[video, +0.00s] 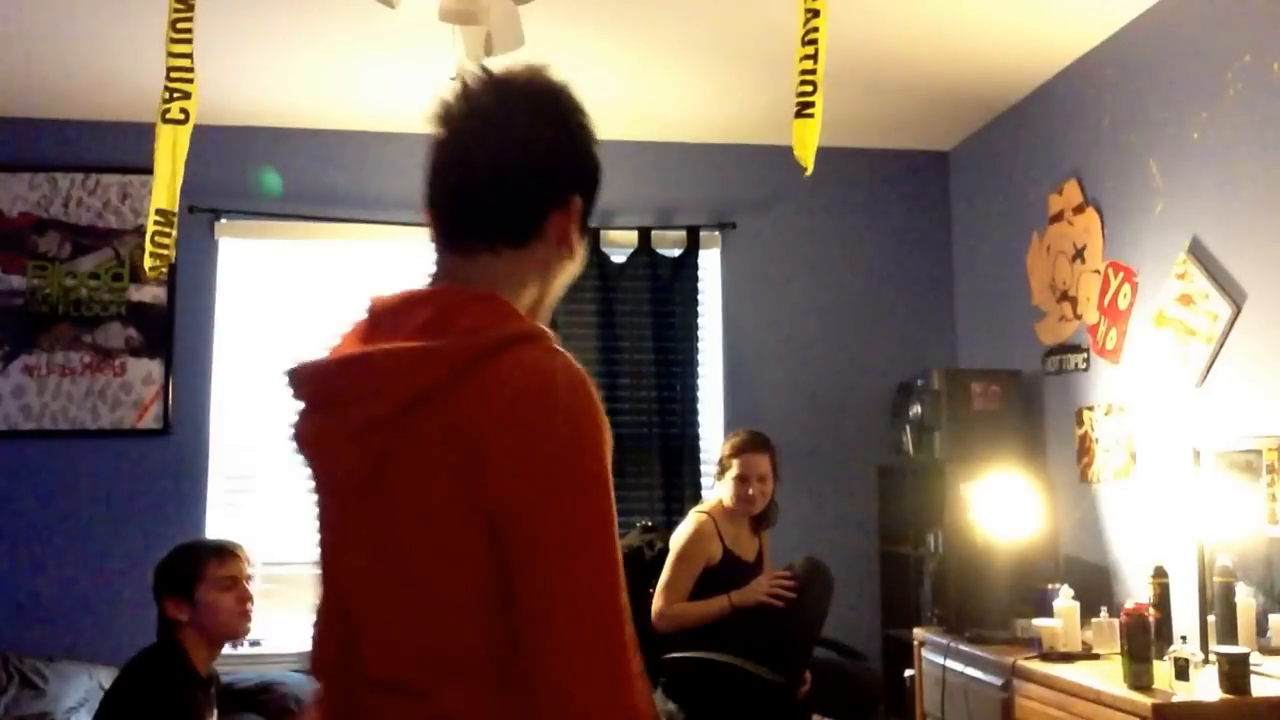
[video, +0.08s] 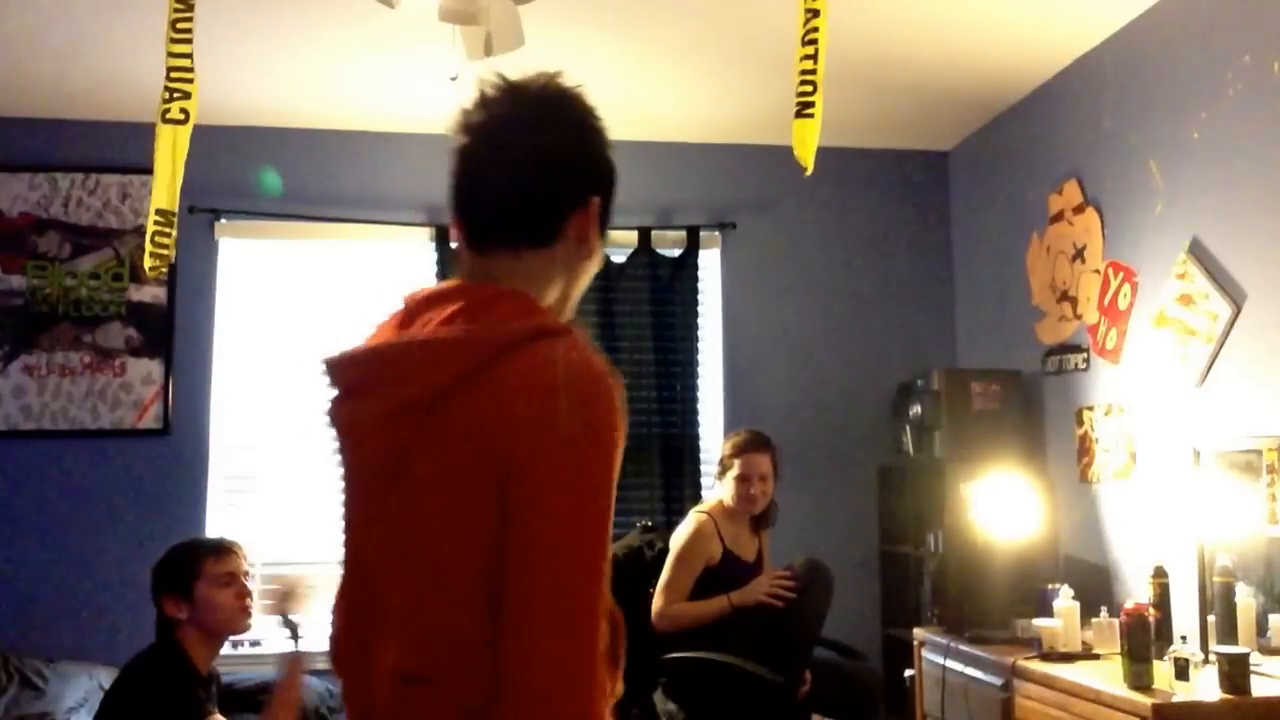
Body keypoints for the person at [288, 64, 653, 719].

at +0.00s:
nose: (581, 254)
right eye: (586, 232)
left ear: (434, 215)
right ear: (568, 225)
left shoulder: (363, 361)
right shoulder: (537, 383)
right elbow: (585, 661)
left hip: (356, 697)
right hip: (496, 702)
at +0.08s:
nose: (602, 249)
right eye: (606, 230)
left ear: (456, 228)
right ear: (586, 225)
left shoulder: (388, 356)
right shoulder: (562, 377)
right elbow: (556, 642)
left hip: (377, 693)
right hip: (499, 700)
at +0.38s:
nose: (615, 253)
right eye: (621, 237)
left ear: (483, 231)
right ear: (606, 232)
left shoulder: (423, 346)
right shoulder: (578, 363)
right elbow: (608, 607)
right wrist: (634, 705)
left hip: (429, 686)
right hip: (550, 695)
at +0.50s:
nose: (644, 264)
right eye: (649, 244)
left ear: (511, 235)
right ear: (636, 235)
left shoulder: (433, 354)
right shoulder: (610, 351)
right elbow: (708, 611)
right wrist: (820, 709)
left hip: (416, 692)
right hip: (547, 698)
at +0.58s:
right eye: (647, 244)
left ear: (511, 235)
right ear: (637, 235)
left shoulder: (429, 354)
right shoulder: (618, 353)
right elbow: (691, 617)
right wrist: (770, 705)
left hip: (418, 693)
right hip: (559, 700)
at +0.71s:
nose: (630, 269)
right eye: (635, 249)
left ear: (496, 243)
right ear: (620, 244)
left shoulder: (417, 363)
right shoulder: (622, 369)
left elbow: (390, 583)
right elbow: (611, 591)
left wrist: (381, 710)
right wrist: (620, 705)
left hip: (455, 694)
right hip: (580, 700)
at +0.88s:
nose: (647, 266)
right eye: (651, 248)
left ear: (513, 241)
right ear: (638, 241)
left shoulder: (429, 362)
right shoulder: (635, 356)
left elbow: (401, 575)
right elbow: (626, 588)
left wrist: (389, 707)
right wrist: (632, 708)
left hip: (438, 696)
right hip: (568, 695)